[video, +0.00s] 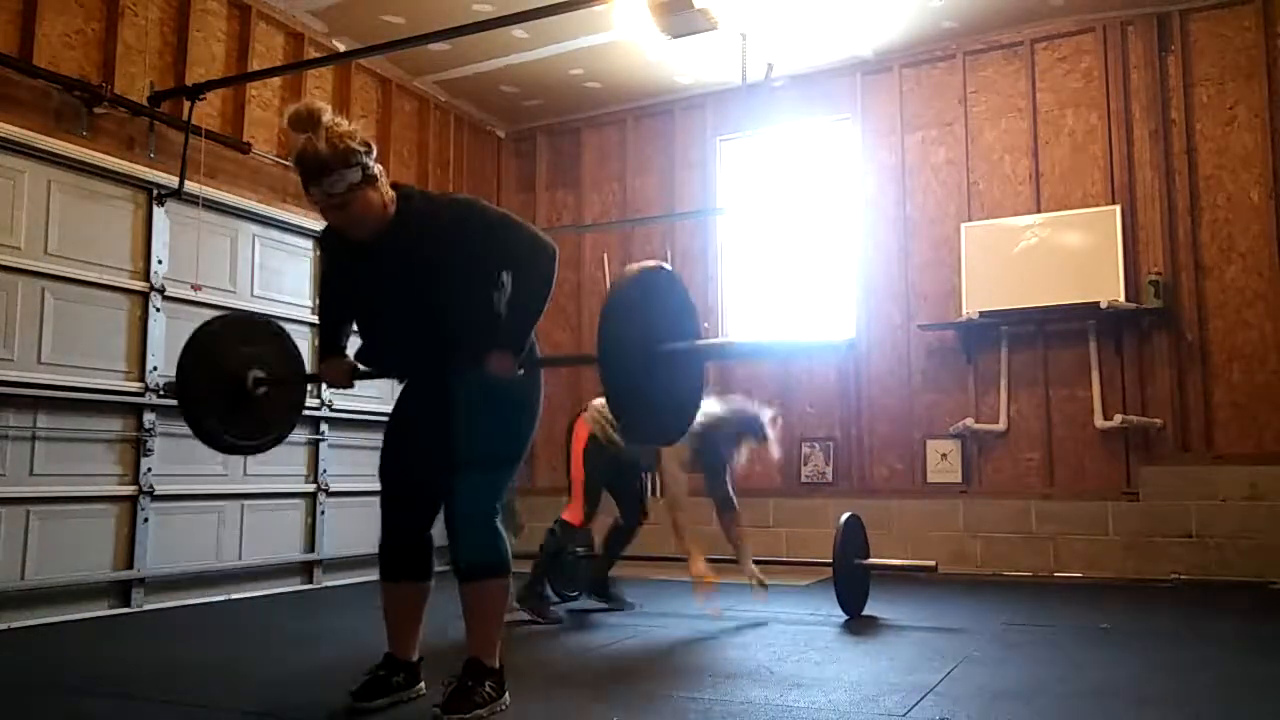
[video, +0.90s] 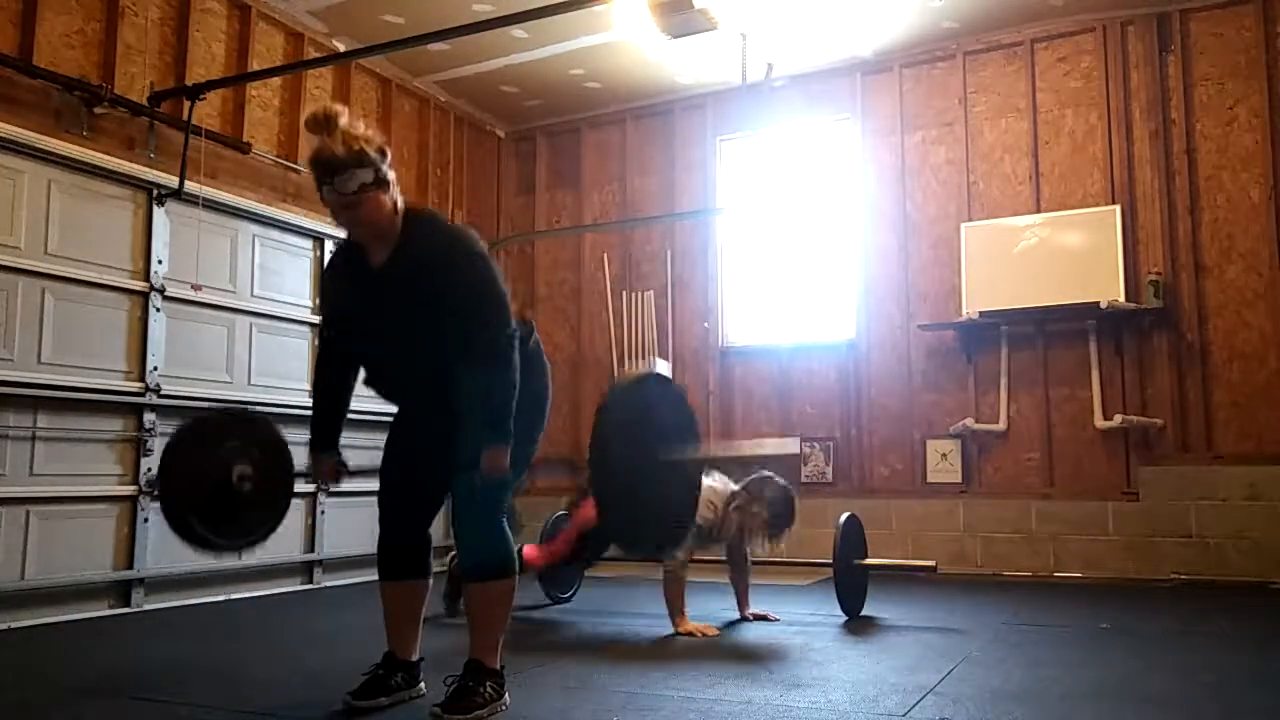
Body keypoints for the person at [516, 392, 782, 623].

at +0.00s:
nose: (740, 453)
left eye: (744, 447)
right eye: (740, 445)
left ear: (741, 439)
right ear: (730, 433)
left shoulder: (713, 447)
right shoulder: (681, 434)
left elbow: (726, 506)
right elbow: (674, 503)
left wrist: (746, 561)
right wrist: (694, 558)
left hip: (627, 446)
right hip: (593, 432)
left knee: (633, 518)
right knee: (580, 513)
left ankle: (597, 579)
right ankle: (533, 589)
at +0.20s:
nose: (762, 530)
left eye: (767, 526)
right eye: (763, 523)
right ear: (752, 511)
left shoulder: (737, 510)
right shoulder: (701, 510)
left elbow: (739, 559)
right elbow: (665, 563)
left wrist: (744, 609)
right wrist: (679, 622)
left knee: (657, 496)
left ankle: (621, 486)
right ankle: (616, 489)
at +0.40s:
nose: (775, 579)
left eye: (781, 573)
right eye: (776, 571)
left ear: (779, 566)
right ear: (762, 558)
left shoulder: (743, 558)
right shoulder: (718, 569)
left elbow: (742, 577)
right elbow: (657, 573)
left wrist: (745, 609)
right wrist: (677, 620)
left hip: (641, 594)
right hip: (623, 591)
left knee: (574, 598)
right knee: (555, 603)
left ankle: (543, 583)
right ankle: (523, 583)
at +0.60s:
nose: (778, 581)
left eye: (783, 576)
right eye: (780, 575)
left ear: (766, 557)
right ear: (769, 565)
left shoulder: (740, 561)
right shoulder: (717, 566)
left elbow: (736, 581)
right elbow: (662, 577)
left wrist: (747, 609)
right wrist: (677, 620)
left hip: (639, 595)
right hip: (621, 595)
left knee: (572, 597)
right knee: (542, 604)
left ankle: (546, 583)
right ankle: (519, 581)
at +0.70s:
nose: (769, 546)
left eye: (774, 536)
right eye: (770, 536)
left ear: (757, 515)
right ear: (754, 525)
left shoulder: (735, 545)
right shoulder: (706, 538)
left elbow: (737, 574)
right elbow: (670, 572)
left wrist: (746, 611)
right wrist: (676, 614)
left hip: (646, 585)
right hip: (613, 580)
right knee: (540, 606)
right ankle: (525, 586)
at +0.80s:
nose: (763, 538)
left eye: (770, 532)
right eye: (765, 530)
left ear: (760, 521)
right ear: (752, 518)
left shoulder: (734, 527)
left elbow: (737, 565)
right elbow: (663, 567)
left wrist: (744, 609)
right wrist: (679, 620)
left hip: (643, 547)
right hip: (606, 551)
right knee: (539, 594)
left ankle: (559, 562)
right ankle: (504, 568)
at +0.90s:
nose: (760, 529)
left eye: (766, 525)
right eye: (762, 521)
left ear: (759, 509)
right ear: (750, 505)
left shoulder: (738, 511)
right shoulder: (701, 507)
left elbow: (739, 559)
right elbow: (675, 566)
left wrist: (744, 608)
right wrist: (680, 621)